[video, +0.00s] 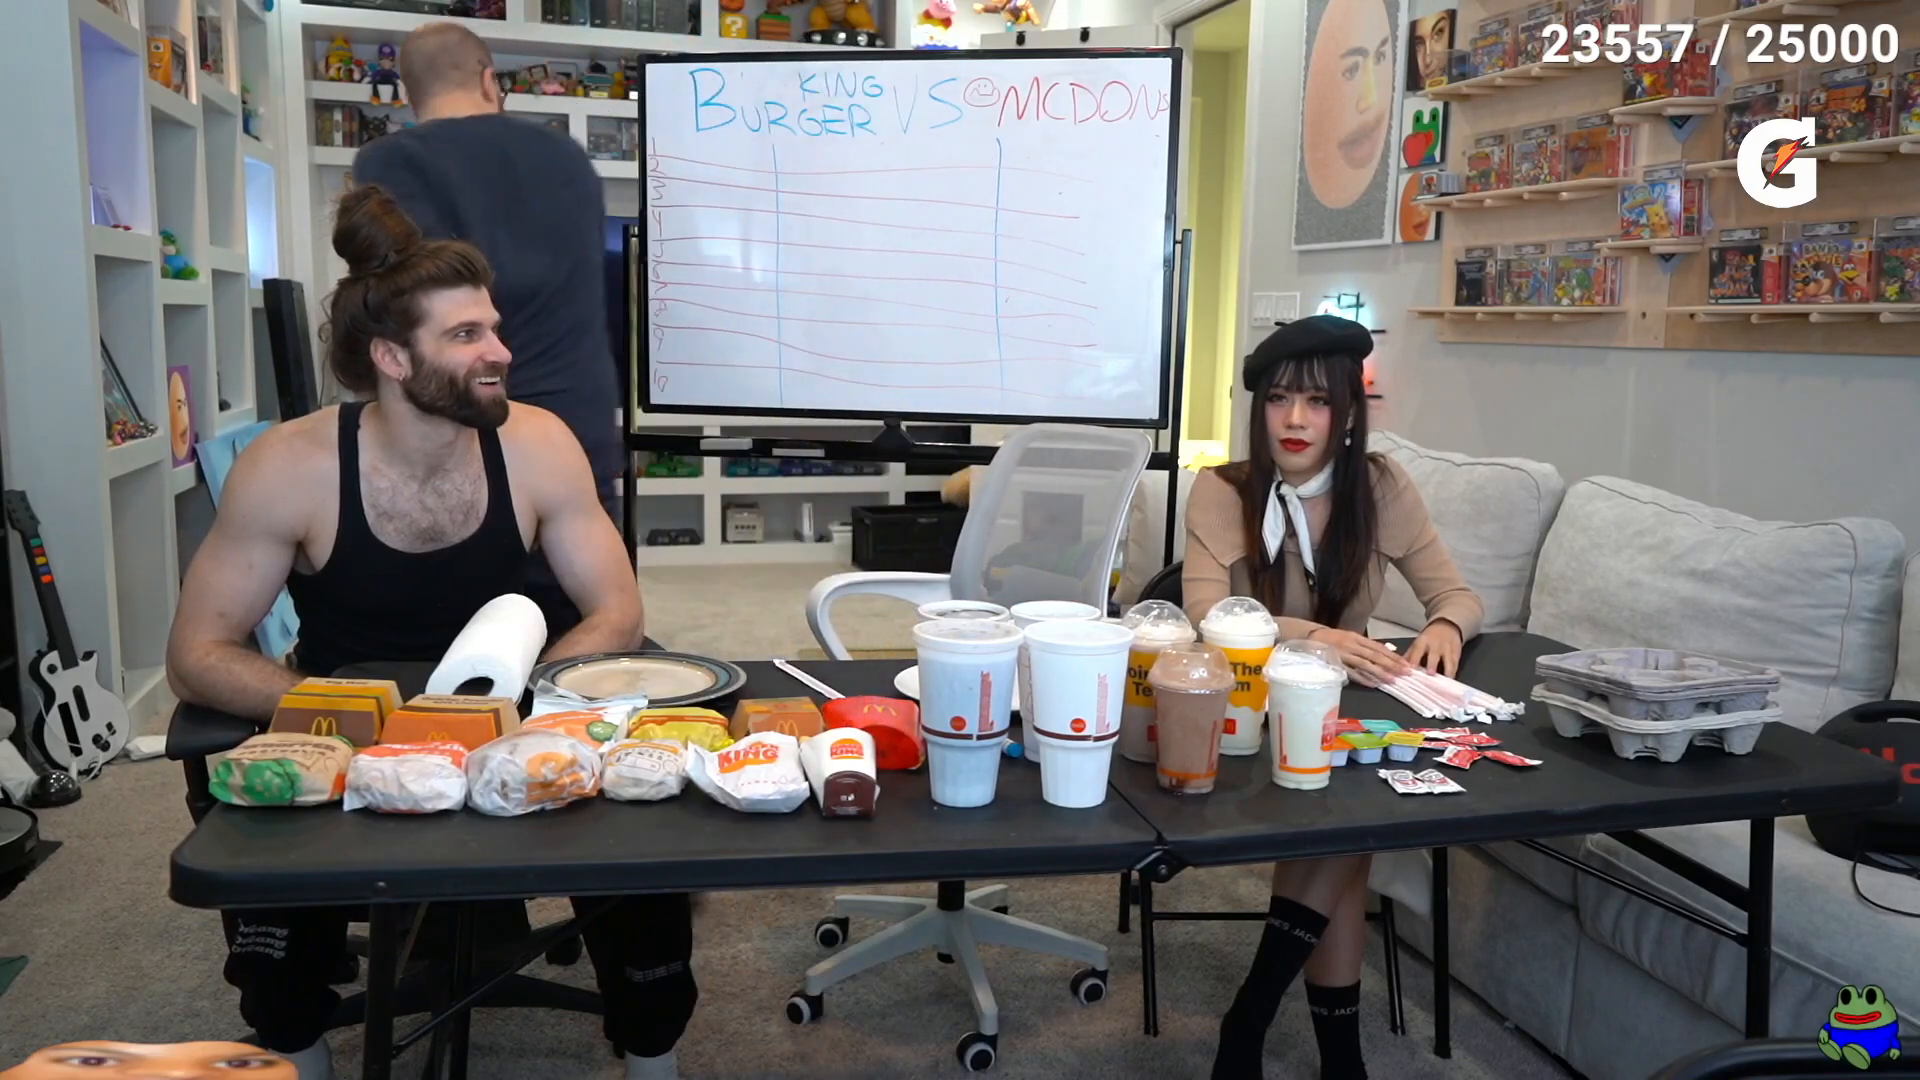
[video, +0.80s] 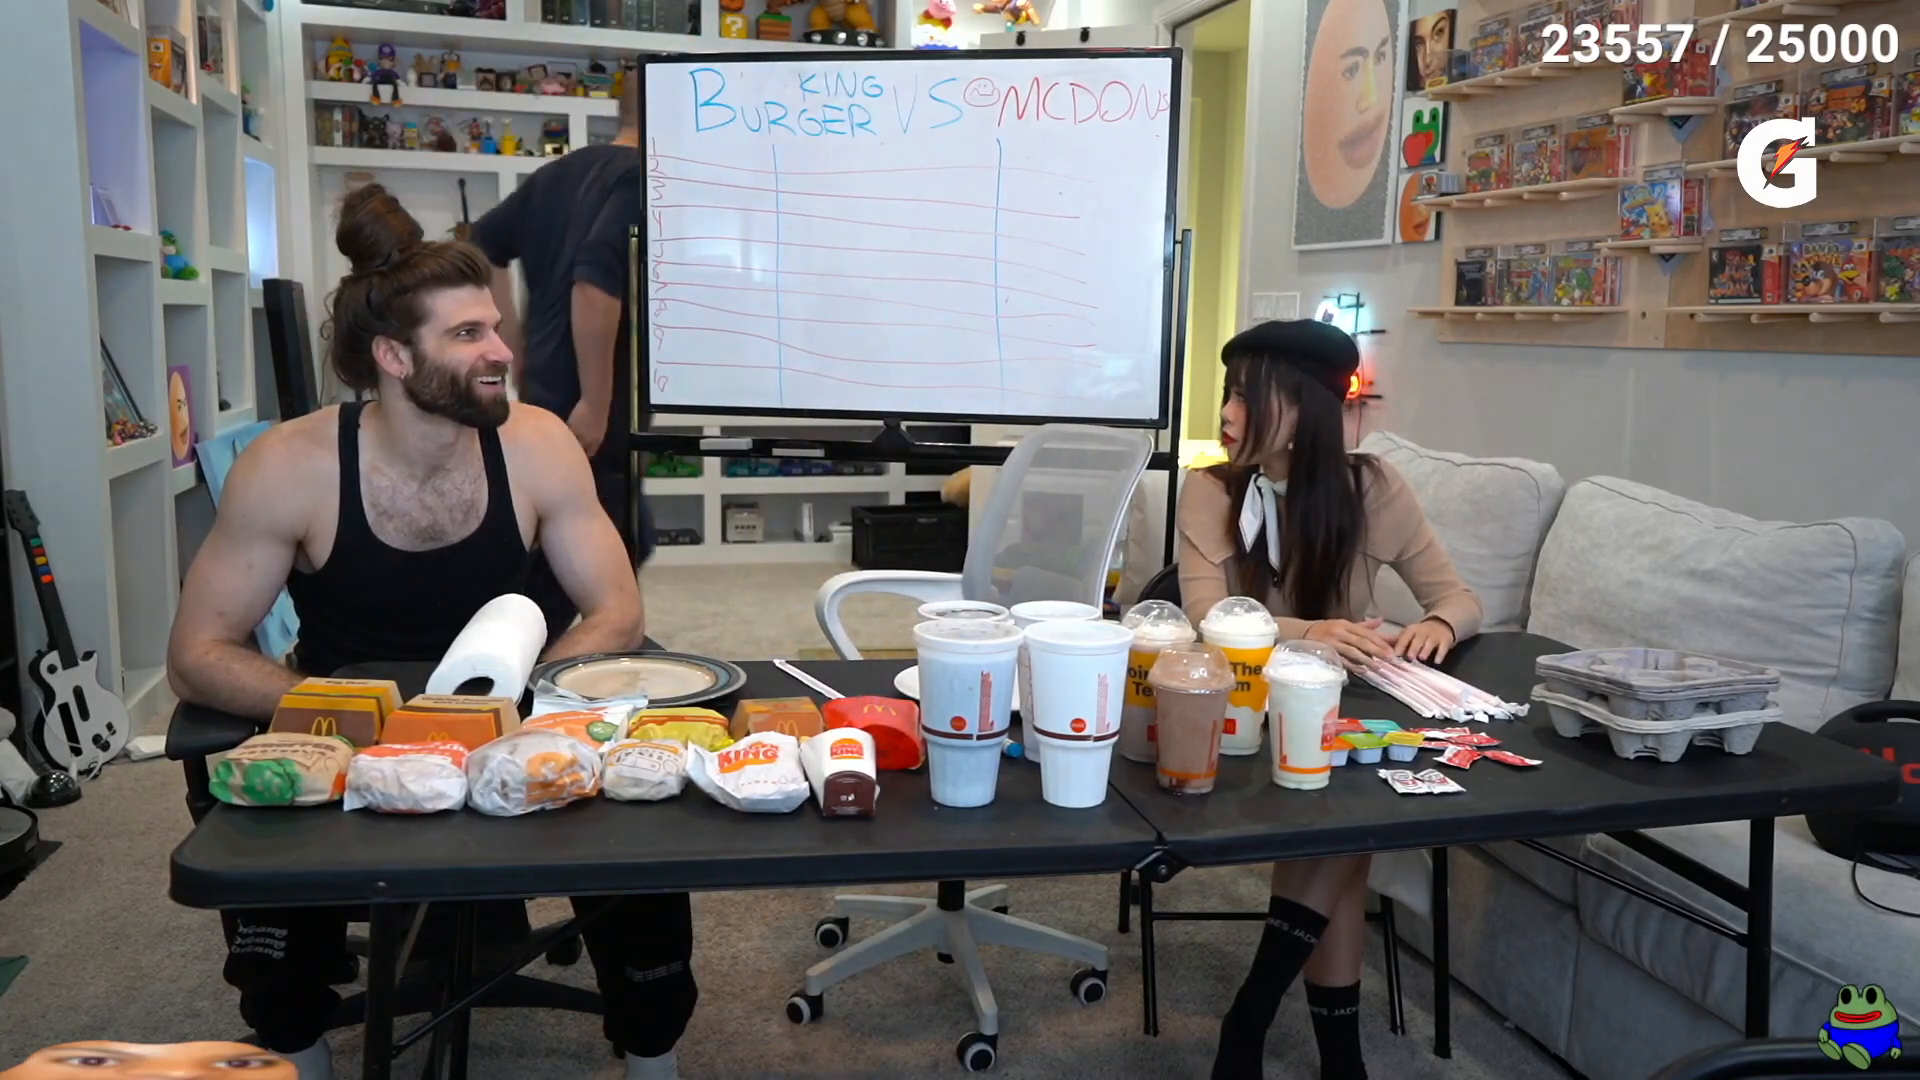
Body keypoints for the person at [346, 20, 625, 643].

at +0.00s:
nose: (497, 357)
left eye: (495, 333)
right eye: (464, 339)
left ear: (406, 95)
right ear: (489, 80)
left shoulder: (387, 162)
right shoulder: (568, 156)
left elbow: (389, 300)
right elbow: (583, 290)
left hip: (446, 446)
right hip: (579, 443)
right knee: (590, 625)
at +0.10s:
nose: (501, 355)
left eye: (499, 333)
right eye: (466, 338)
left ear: (401, 107)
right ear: (477, 96)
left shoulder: (353, 177)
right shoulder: (551, 176)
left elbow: (305, 332)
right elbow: (574, 310)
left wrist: (298, 429)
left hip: (402, 441)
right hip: (546, 449)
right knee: (532, 629)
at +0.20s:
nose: (511, 111)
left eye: (511, 99)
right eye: (506, 97)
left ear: (414, 102)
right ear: (479, 93)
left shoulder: (353, 165)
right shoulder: (550, 175)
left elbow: (277, 299)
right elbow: (577, 339)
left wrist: (296, 336)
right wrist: (590, 447)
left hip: (394, 442)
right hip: (535, 448)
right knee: (507, 623)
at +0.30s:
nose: (545, 99)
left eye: (545, 84)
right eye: (539, 82)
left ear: (453, 83)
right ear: (505, 80)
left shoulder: (374, 144)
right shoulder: (561, 161)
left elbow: (300, 265)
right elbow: (590, 319)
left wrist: (381, 306)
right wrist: (618, 431)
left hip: (398, 419)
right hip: (529, 427)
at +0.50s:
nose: (617, 134)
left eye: (617, 120)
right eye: (608, 119)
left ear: (550, 120)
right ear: (567, 119)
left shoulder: (439, 180)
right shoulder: (596, 203)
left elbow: (401, 294)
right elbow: (610, 344)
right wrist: (651, 447)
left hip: (427, 421)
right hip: (531, 441)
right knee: (515, 607)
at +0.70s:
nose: (656, 151)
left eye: (494, 330)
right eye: (654, 138)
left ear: (601, 129)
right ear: (626, 129)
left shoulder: (513, 184)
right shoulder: (613, 192)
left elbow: (451, 269)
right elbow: (587, 314)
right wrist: (598, 436)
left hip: (483, 419)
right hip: (555, 430)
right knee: (556, 594)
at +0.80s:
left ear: (625, 114)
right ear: (670, 121)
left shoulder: (566, 168)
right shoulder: (637, 175)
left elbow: (484, 240)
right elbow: (595, 281)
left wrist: (514, 339)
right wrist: (594, 400)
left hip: (548, 397)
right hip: (603, 411)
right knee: (610, 553)